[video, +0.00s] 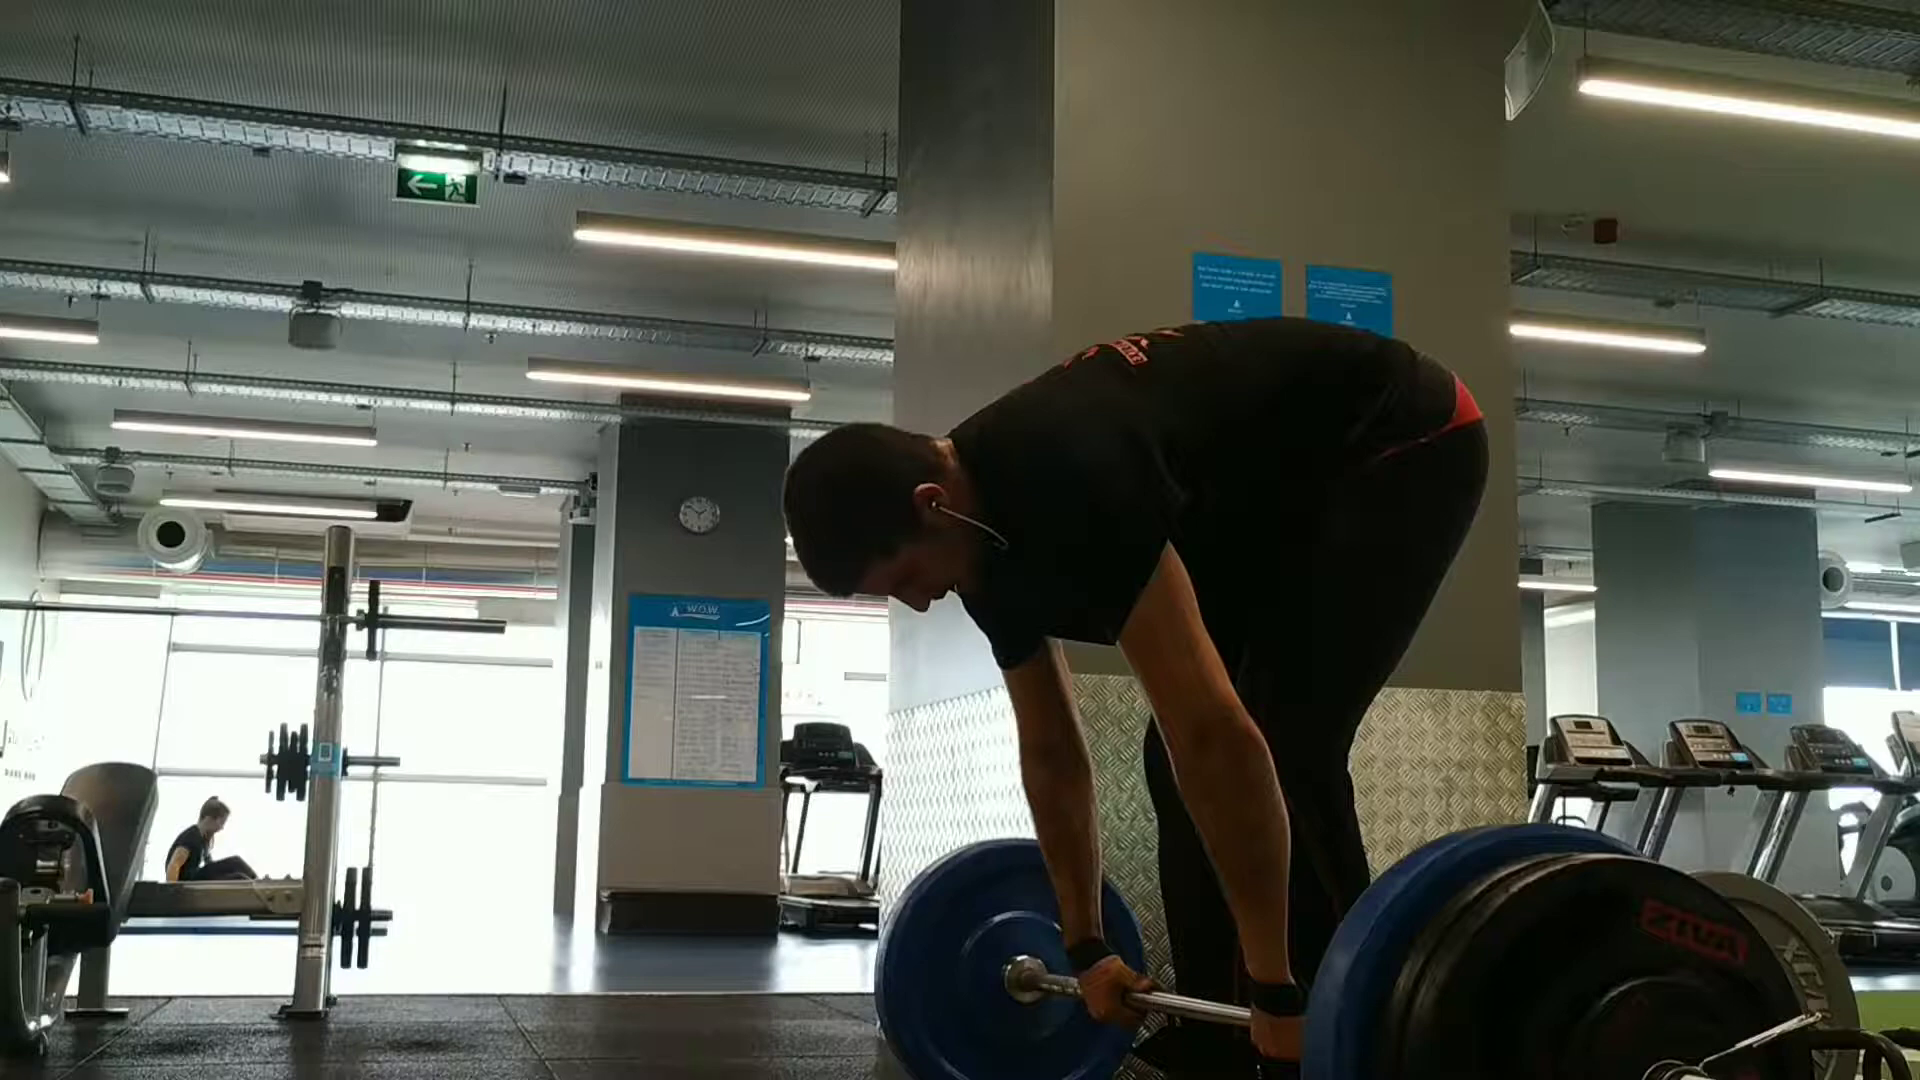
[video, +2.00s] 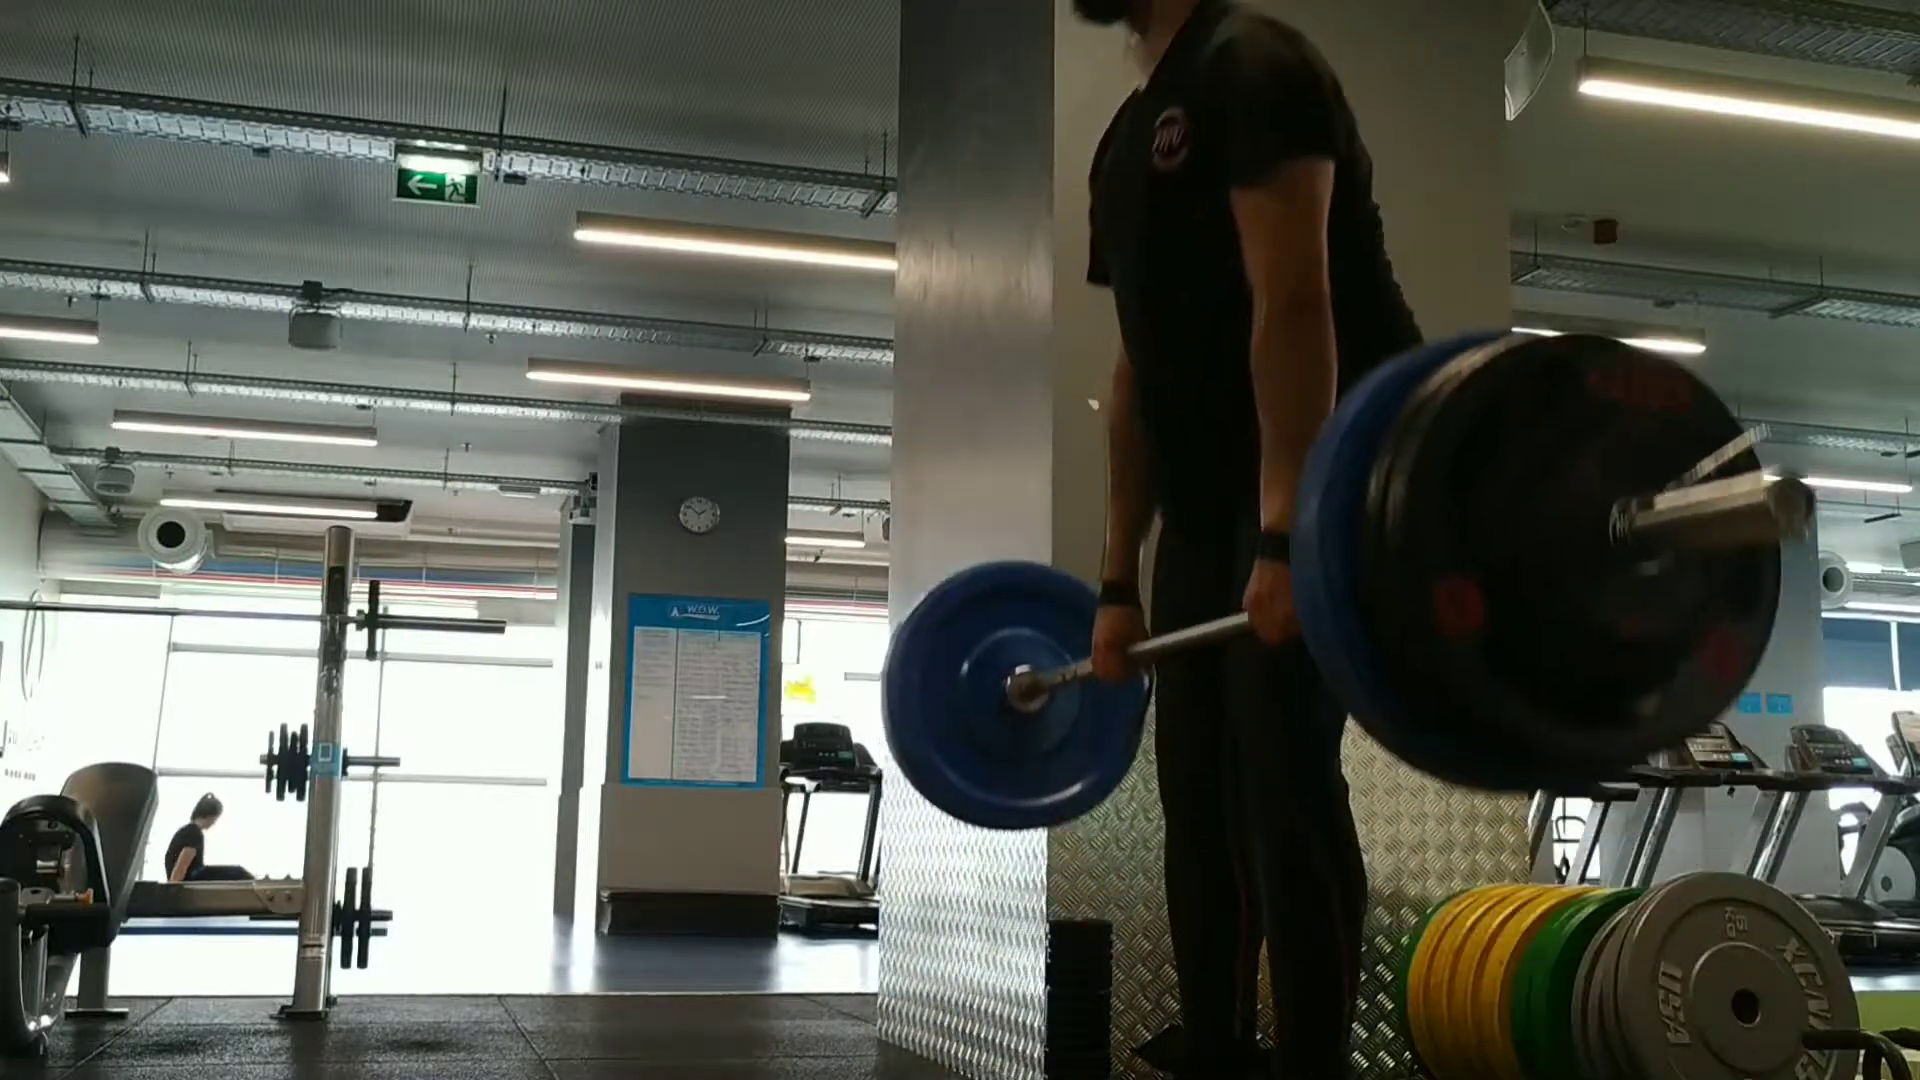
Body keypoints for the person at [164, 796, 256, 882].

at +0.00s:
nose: (222, 828)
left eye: (223, 823)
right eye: (221, 822)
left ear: (209, 819)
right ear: (208, 818)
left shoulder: (204, 837)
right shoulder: (192, 836)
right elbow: (174, 866)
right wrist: (171, 891)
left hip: (194, 877)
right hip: (186, 881)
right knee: (234, 862)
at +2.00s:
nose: (215, 822)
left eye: (216, 819)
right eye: (215, 818)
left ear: (198, 811)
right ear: (210, 816)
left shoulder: (188, 831)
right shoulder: (194, 833)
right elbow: (181, 867)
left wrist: (170, 891)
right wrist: (171, 892)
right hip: (191, 878)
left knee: (237, 871)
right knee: (238, 871)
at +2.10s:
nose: (214, 821)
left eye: (216, 818)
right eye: (215, 817)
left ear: (197, 811)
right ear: (210, 816)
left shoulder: (185, 831)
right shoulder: (194, 833)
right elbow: (181, 867)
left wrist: (171, 890)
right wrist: (172, 891)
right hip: (192, 878)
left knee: (236, 872)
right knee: (237, 872)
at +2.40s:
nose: (213, 821)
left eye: (215, 818)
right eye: (214, 818)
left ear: (196, 811)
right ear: (210, 816)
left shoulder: (187, 831)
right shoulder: (192, 833)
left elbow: (179, 865)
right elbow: (179, 866)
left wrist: (171, 890)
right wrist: (172, 891)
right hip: (189, 878)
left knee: (236, 871)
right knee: (237, 872)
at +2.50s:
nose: (214, 822)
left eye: (215, 819)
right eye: (214, 818)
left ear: (198, 811)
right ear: (209, 816)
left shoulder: (188, 831)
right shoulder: (192, 833)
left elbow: (179, 865)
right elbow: (179, 866)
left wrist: (172, 891)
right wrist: (172, 891)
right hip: (189, 879)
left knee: (236, 871)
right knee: (237, 872)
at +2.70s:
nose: (216, 822)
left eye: (218, 819)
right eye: (217, 818)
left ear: (200, 811)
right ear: (211, 816)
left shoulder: (193, 832)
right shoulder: (192, 833)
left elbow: (180, 866)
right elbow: (179, 867)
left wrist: (172, 892)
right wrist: (172, 893)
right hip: (188, 879)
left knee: (237, 869)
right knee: (237, 870)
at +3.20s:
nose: (219, 822)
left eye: (221, 819)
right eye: (220, 818)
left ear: (201, 812)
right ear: (213, 816)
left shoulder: (194, 833)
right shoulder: (195, 834)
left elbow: (182, 867)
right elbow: (182, 867)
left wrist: (171, 891)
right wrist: (171, 890)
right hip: (187, 882)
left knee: (234, 862)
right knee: (235, 862)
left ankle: (258, 886)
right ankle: (260, 888)